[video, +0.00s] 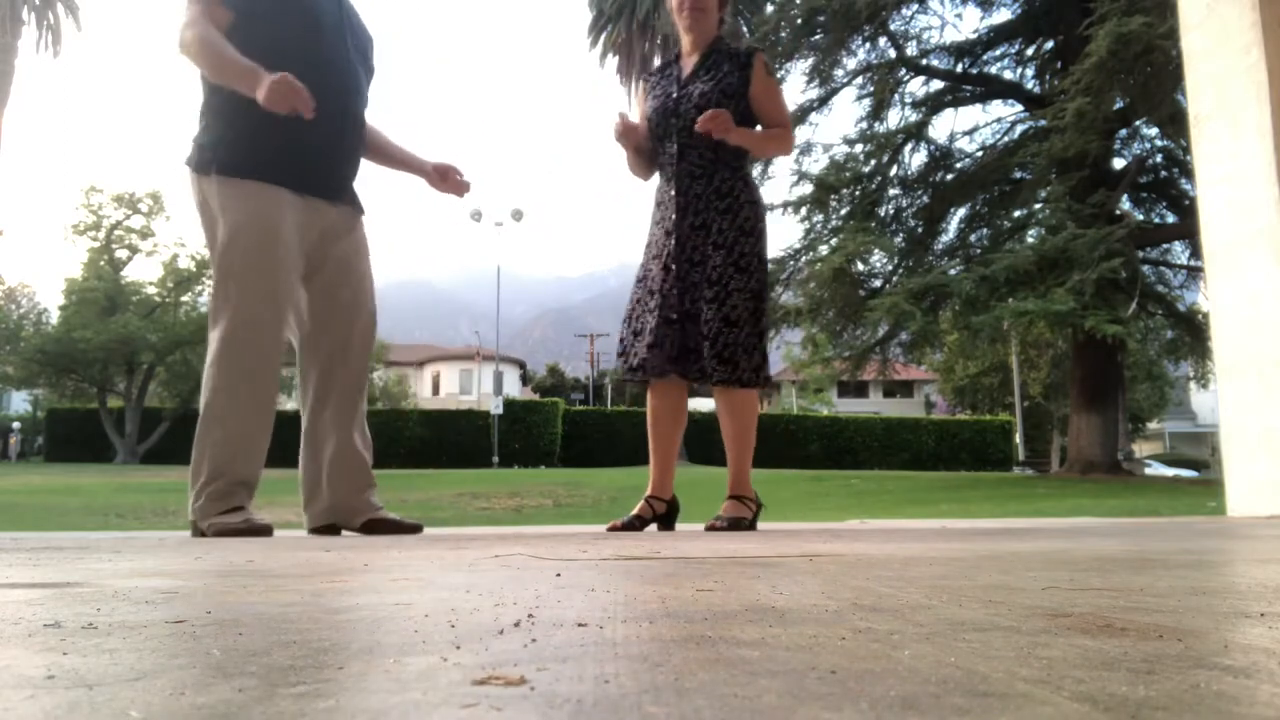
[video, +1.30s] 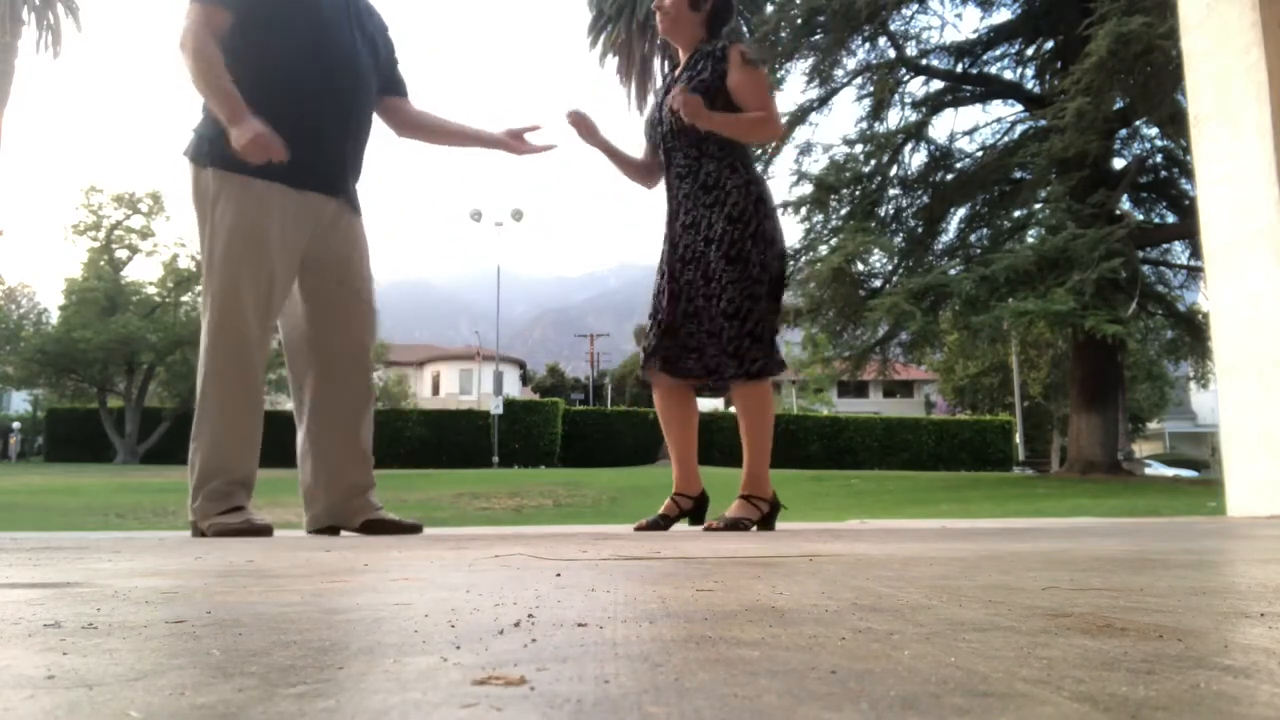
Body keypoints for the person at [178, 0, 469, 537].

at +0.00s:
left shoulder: (354, 27)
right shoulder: (240, 1)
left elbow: (345, 123)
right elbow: (195, 33)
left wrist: (423, 167)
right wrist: (259, 81)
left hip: (332, 192)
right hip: (250, 172)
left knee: (343, 342)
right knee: (250, 334)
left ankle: (341, 503)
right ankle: (220, 504)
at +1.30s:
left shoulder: (365, 16)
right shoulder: (242, 2)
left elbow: (402, 115)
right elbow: (196, 37)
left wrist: (491, 138)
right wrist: (238, 119)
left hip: (332, 192)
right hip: (248, 175)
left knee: (341, 348)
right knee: (236, 344)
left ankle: (340, 504)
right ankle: (219, 505)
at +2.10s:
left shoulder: (353, 38)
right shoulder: (229, 5)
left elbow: (424, 113)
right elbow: (181, 70)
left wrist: (513, 122)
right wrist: (202, 113)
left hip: (314, 208)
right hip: (233, 197)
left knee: (324, 340)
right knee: (239, 350)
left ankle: (266, 485)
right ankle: (250, 503)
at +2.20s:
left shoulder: (353, 47)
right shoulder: (229, 10)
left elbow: (429, 109)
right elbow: (180, 90)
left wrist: (516, 138)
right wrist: (181, 147)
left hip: (303, 221)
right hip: (224, 202)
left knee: (290, 352)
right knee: (233, 353)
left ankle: (184, 459)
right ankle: (251, 504)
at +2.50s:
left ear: (342, 2)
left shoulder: (365, 61)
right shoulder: (249, 31)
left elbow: (436, 104)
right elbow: (194, 107)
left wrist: (521, 111)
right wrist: (184, 169)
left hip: (295, 228)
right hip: (245, 214)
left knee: (234, 353)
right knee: (284, 346)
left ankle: (159, 488)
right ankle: (260, 499)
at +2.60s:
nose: (362, 5)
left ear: (366, 6)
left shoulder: (377, 74)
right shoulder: (271, 47)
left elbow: (443, 123)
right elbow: (216, 122)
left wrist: (521, 126)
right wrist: (213, 181)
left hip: (309, 229)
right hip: (271, 220)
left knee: (239, 364)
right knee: (335, 338)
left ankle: (158, 490)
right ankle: (338, 494)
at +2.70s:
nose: (390, 14)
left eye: (393, 6)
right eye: (379, 4)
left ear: (397, 13)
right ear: (350, 7)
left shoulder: (402, 92)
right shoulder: (310, 63)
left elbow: (454, 155)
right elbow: (255, 145)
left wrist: (517, 157)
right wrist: (260, 199)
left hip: (344, 247)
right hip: (309, 239)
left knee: (242, 367)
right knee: (379, 354)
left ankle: (157, 489)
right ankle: (412, 500)